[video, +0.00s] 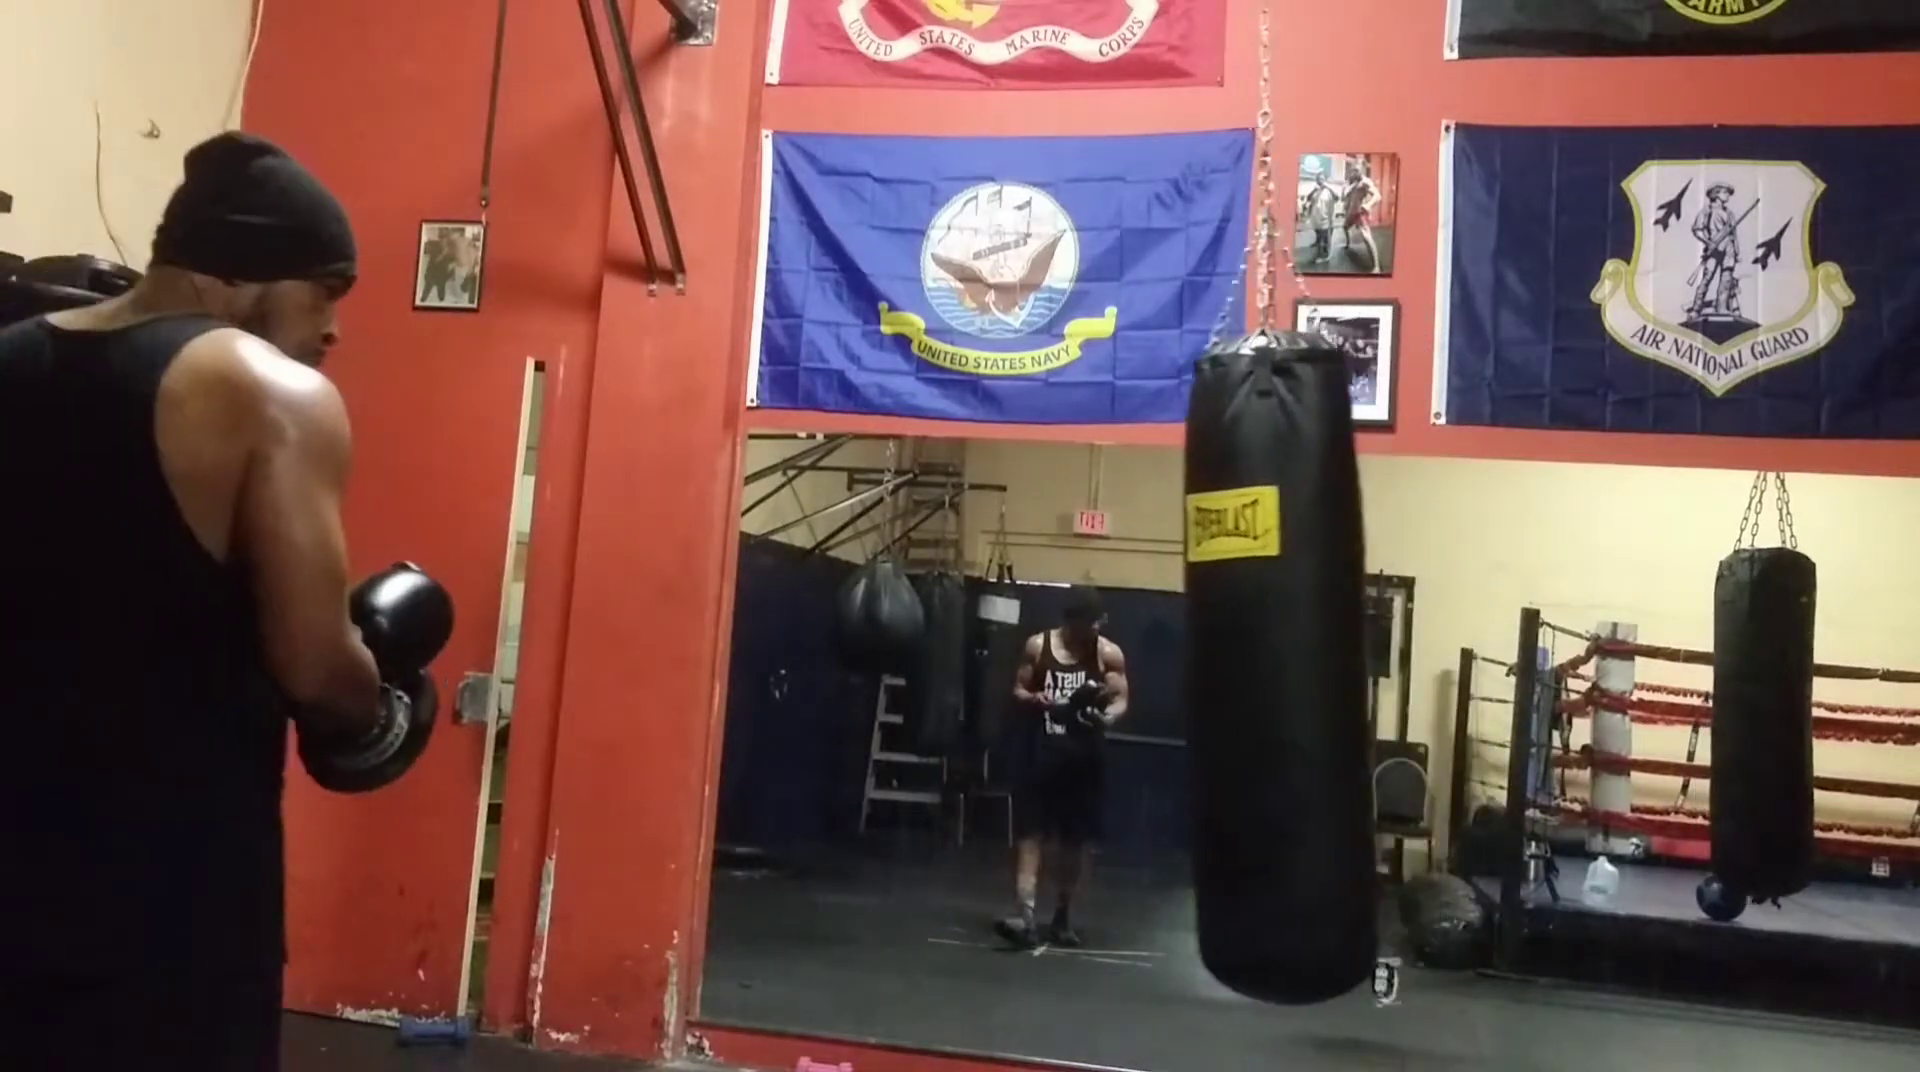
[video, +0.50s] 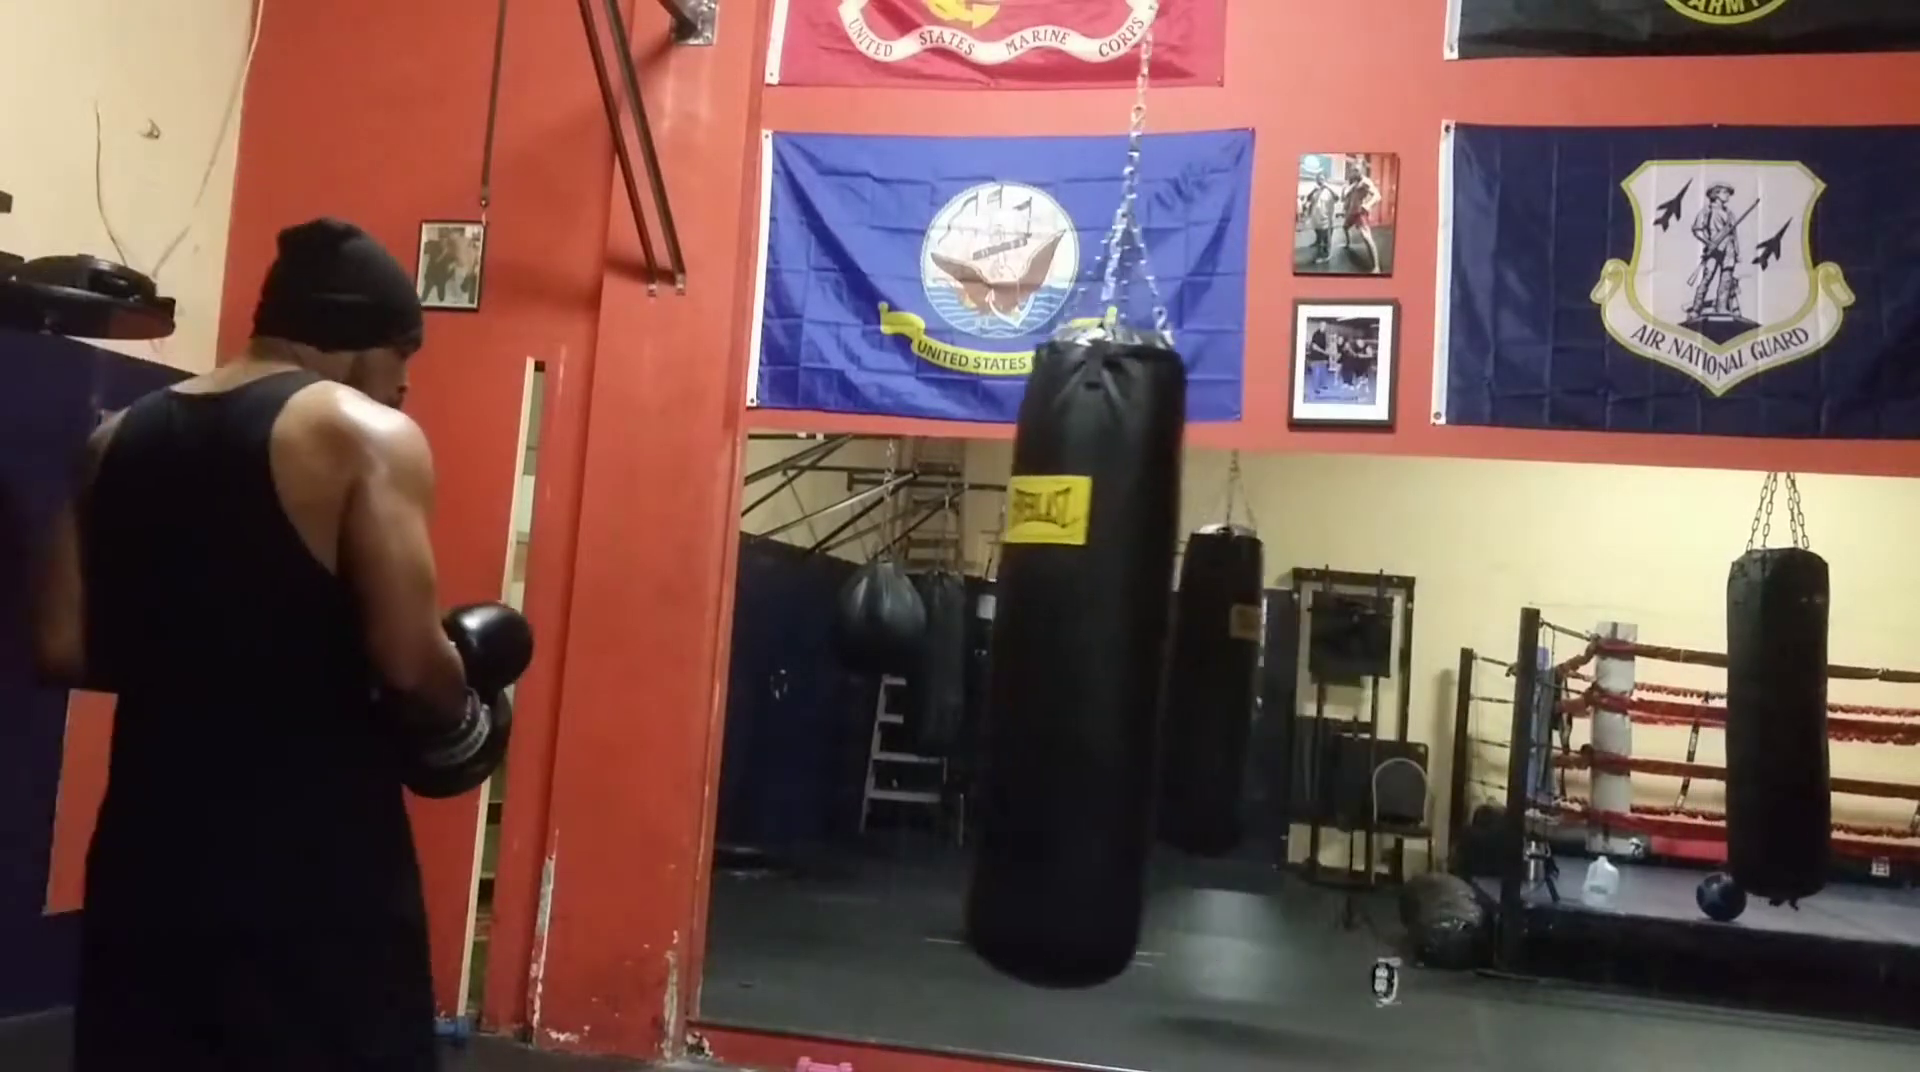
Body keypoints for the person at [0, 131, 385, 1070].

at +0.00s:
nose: (334, 332)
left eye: (340, 299)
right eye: (325, 293)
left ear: (189, 267)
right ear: (238, 277)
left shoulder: (23, 350)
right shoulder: (275, 395)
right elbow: (314, 666)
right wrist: (370, 710)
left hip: (16, 824)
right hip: (175, 855)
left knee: (36, 1035)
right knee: (183, 1044)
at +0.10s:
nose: (352, 334)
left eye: (355, 306)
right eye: (343, 301)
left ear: (199, 275)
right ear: (271, 288)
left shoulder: (31, 379)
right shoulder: (303, 405)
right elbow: (341, 667)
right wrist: (389, 708)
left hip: (30, 828)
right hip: (199, 856)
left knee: (42, 1037)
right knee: (204, 1045)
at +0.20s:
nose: (366, 340)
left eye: (367, 313)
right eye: (356, 310)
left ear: (211, 288)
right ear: (295, 303)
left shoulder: (49, 411)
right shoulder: (325, 417)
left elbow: (24, 637)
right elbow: (362, 660)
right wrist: (413, 704)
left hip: (74, 834)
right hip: (239, 854)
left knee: (70, 1044)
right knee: (238, 1047)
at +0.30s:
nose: (378, 348)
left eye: (379, 322)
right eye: (368, 320)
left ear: (236, 297)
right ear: (308, 312)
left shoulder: (79, 425)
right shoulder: (341, 422)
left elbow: (25, 644)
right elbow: (383, 659)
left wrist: (162, 646)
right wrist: (433, 703)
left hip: (112, 845)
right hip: (272, 860)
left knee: (104, 1051)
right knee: (270, 1051)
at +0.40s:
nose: (388, 365)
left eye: (392, 341)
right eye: (383, 338)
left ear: (255, 309)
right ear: (327, 325)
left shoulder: (104, 430)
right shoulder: (355, 425)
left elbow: (44, 646)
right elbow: (397, 658)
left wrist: (180, 646)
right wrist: (445, 711)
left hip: (136, 840)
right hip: (296, 850)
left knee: (128, 1047)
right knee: (303, 1048)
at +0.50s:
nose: (400, 387)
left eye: (405, 366)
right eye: (398, 363)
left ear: (275, 322)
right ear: (357, 344)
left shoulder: (122, 435)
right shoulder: (370, 435)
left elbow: (64, 649)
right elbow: (413, 660)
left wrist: (200, 658)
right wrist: (457, 714)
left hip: (152, 841)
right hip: (313, 854)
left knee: (145, 1048)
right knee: (332, 1048)